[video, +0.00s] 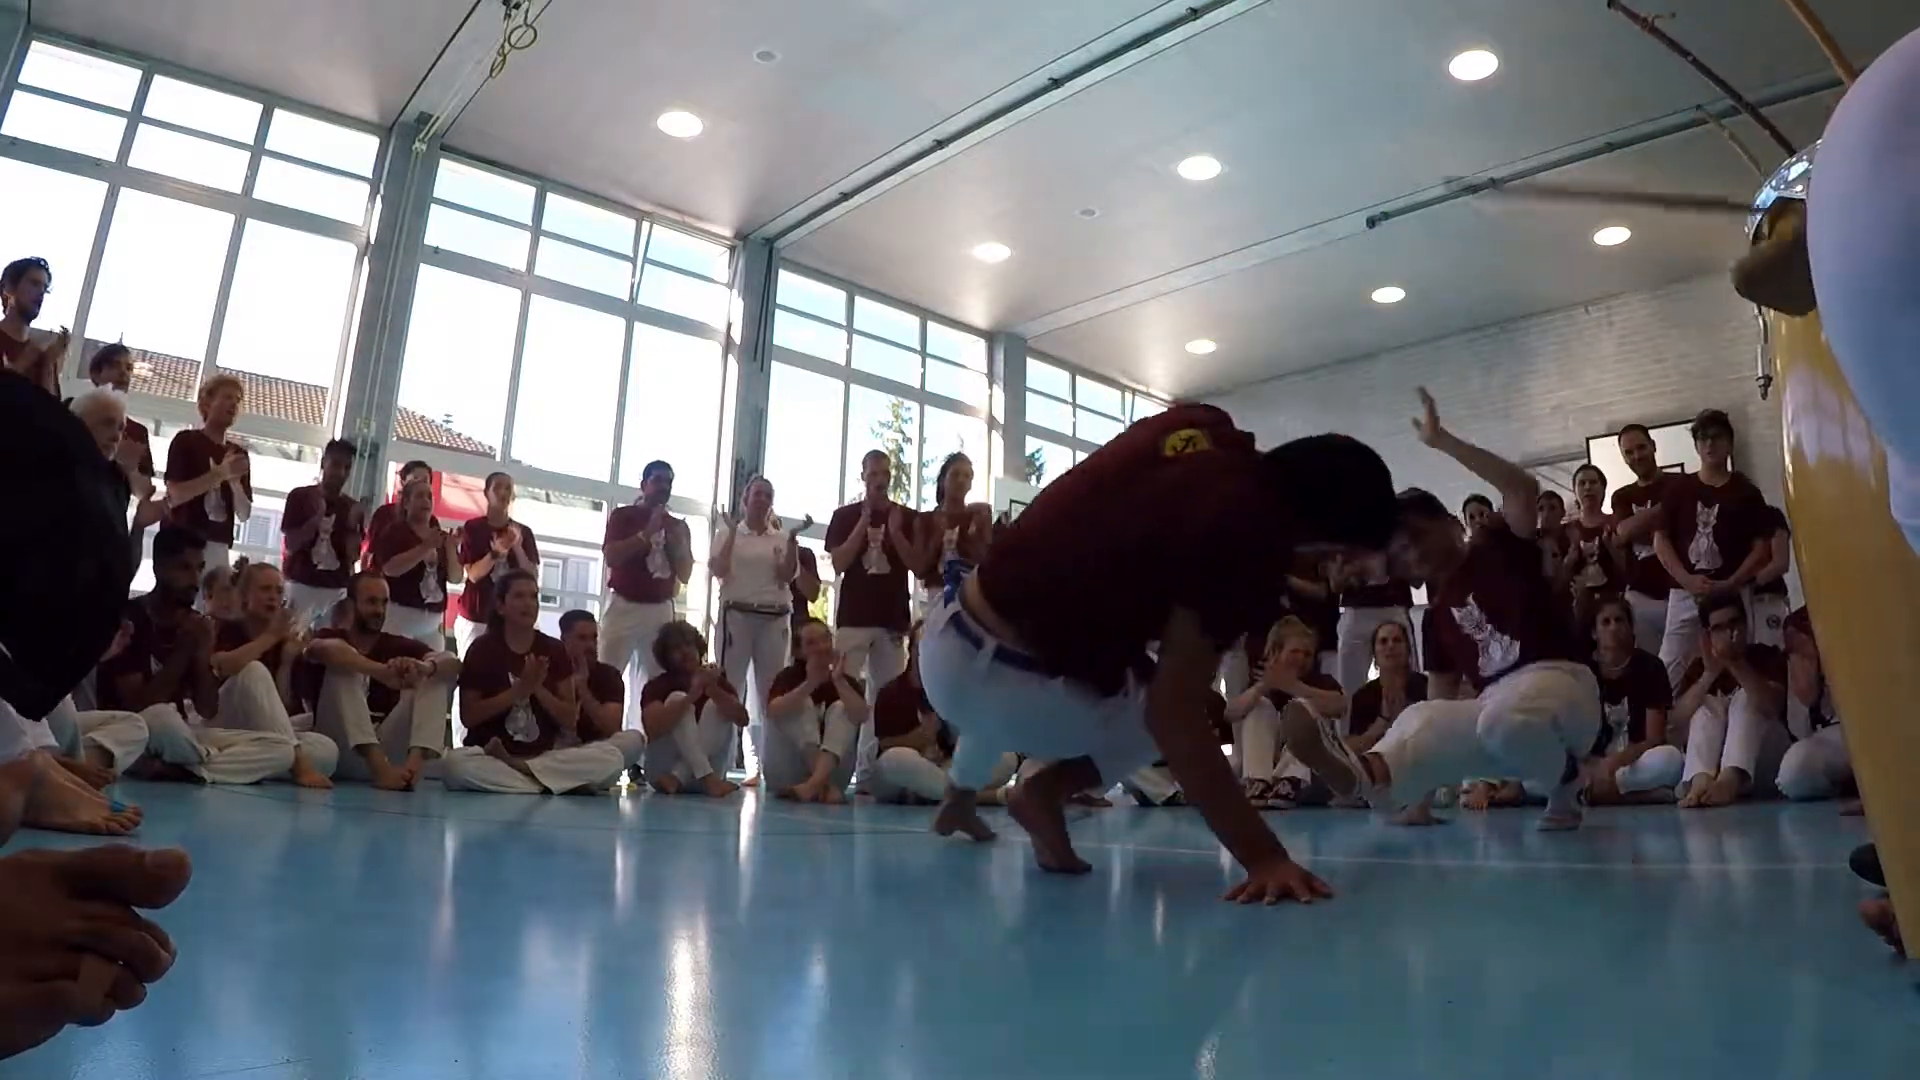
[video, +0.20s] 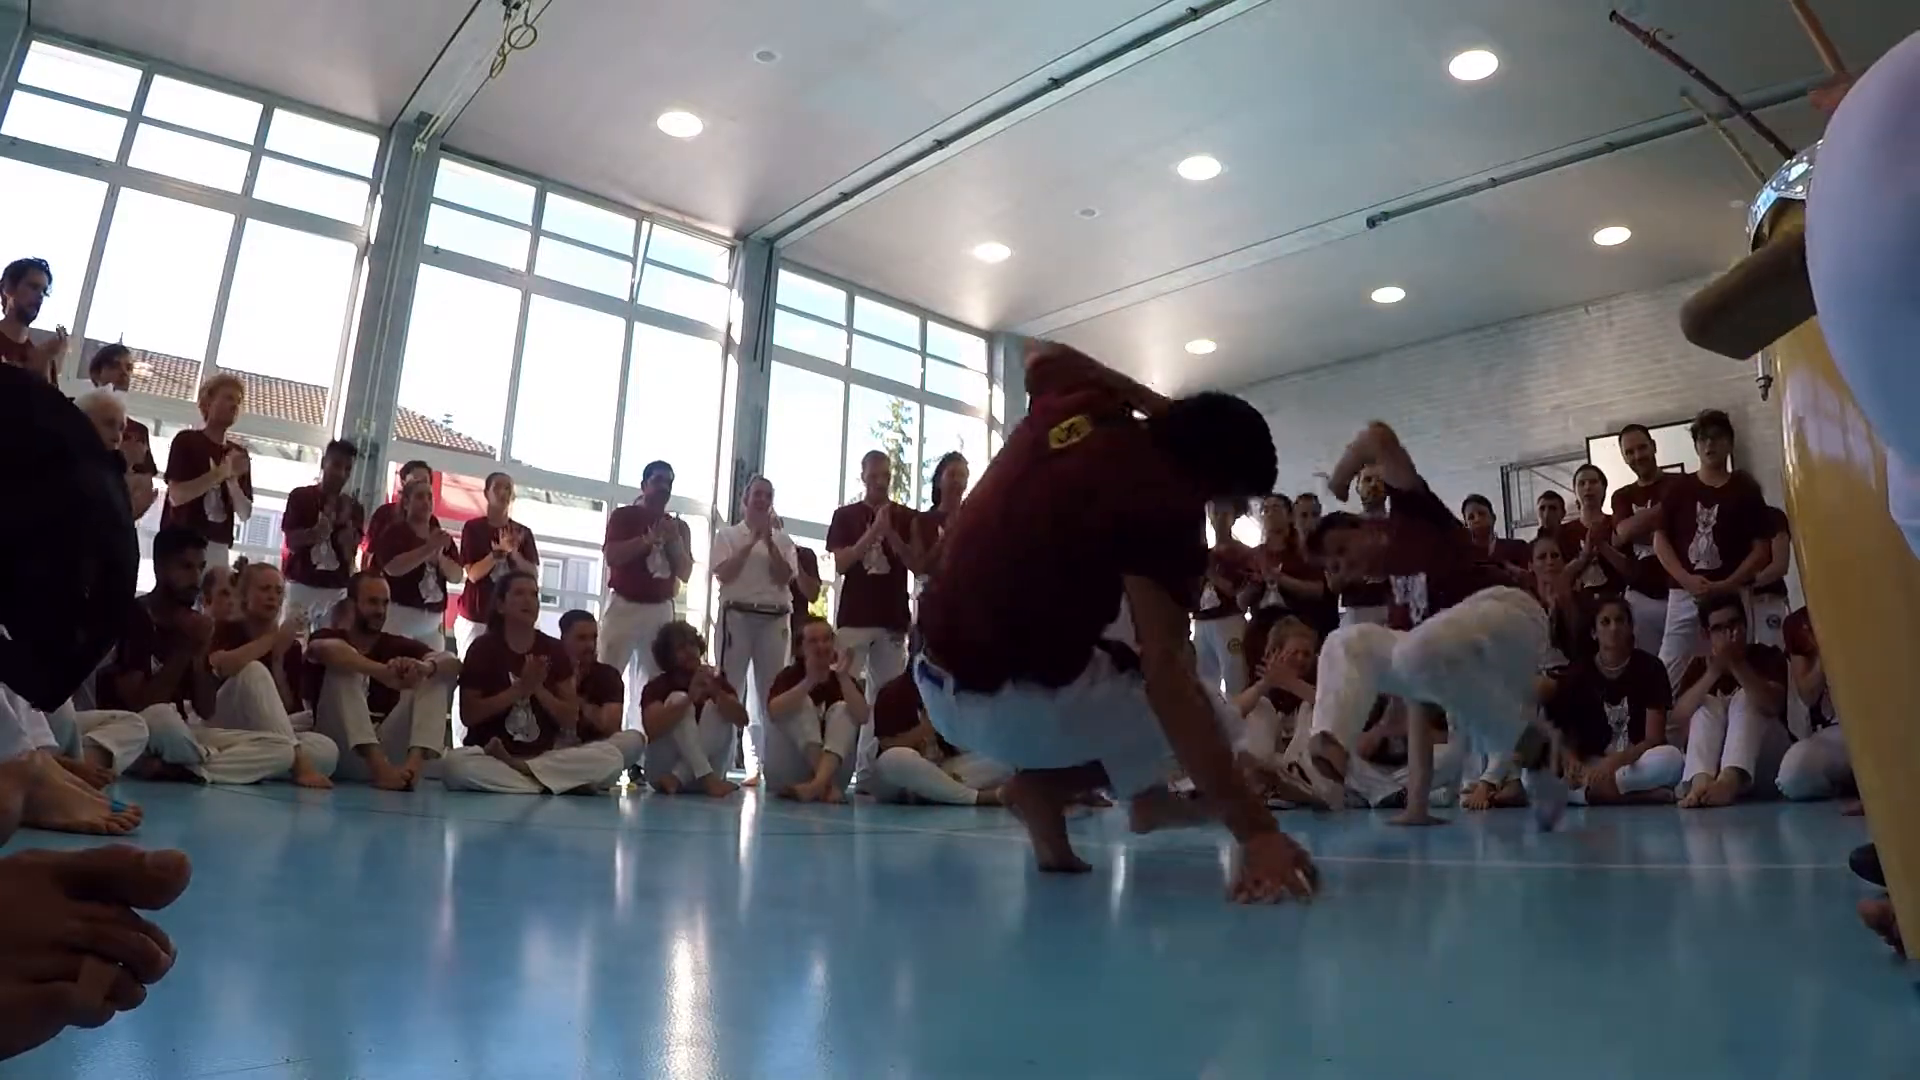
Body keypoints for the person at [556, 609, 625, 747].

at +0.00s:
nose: (591, 644)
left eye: (594, 638)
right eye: (582, 638)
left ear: (598, 639)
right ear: (564, 640)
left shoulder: (609, 675)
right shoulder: (550, 675)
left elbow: (611, 728)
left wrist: (584, 691)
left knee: (634, 738)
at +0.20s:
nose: (590, 645)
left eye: (594, 638)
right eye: (582, 638)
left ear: (598, 638)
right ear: (563, 640)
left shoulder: (609, 675)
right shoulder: (549, 674)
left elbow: (610, 726)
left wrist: (575, 702)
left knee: (634, 739)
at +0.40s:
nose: (590, 645)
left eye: (594, 637)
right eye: (582, 638)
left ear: (598, 638)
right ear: (563, 640)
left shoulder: (609, 674)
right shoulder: (549, 674)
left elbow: (610, 727)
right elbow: (566, 721)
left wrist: (583, 696)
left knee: (634, 738)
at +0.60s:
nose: (591, 646)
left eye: (595, 639)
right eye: (582, 639)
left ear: (599, 640)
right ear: (565, 640)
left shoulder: (609, 674)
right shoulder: (550, 673)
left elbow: (610, 727)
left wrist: (575, 699)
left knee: (634, 739)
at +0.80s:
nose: (591, 646)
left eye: (595, 639)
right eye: (583, 639)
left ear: (599, 640)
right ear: (565, 640)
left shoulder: (609, 675)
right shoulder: (550, 673)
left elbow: (611, 728)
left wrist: (582, 691)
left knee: (634, 738)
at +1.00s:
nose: (591, 646)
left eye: (596, 639)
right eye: (583, 639)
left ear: (600, 640)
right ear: (565, 640)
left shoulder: (610, 675)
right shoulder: (550, 671)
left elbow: (610, 728)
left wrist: (574, 702)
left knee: (633, 738)